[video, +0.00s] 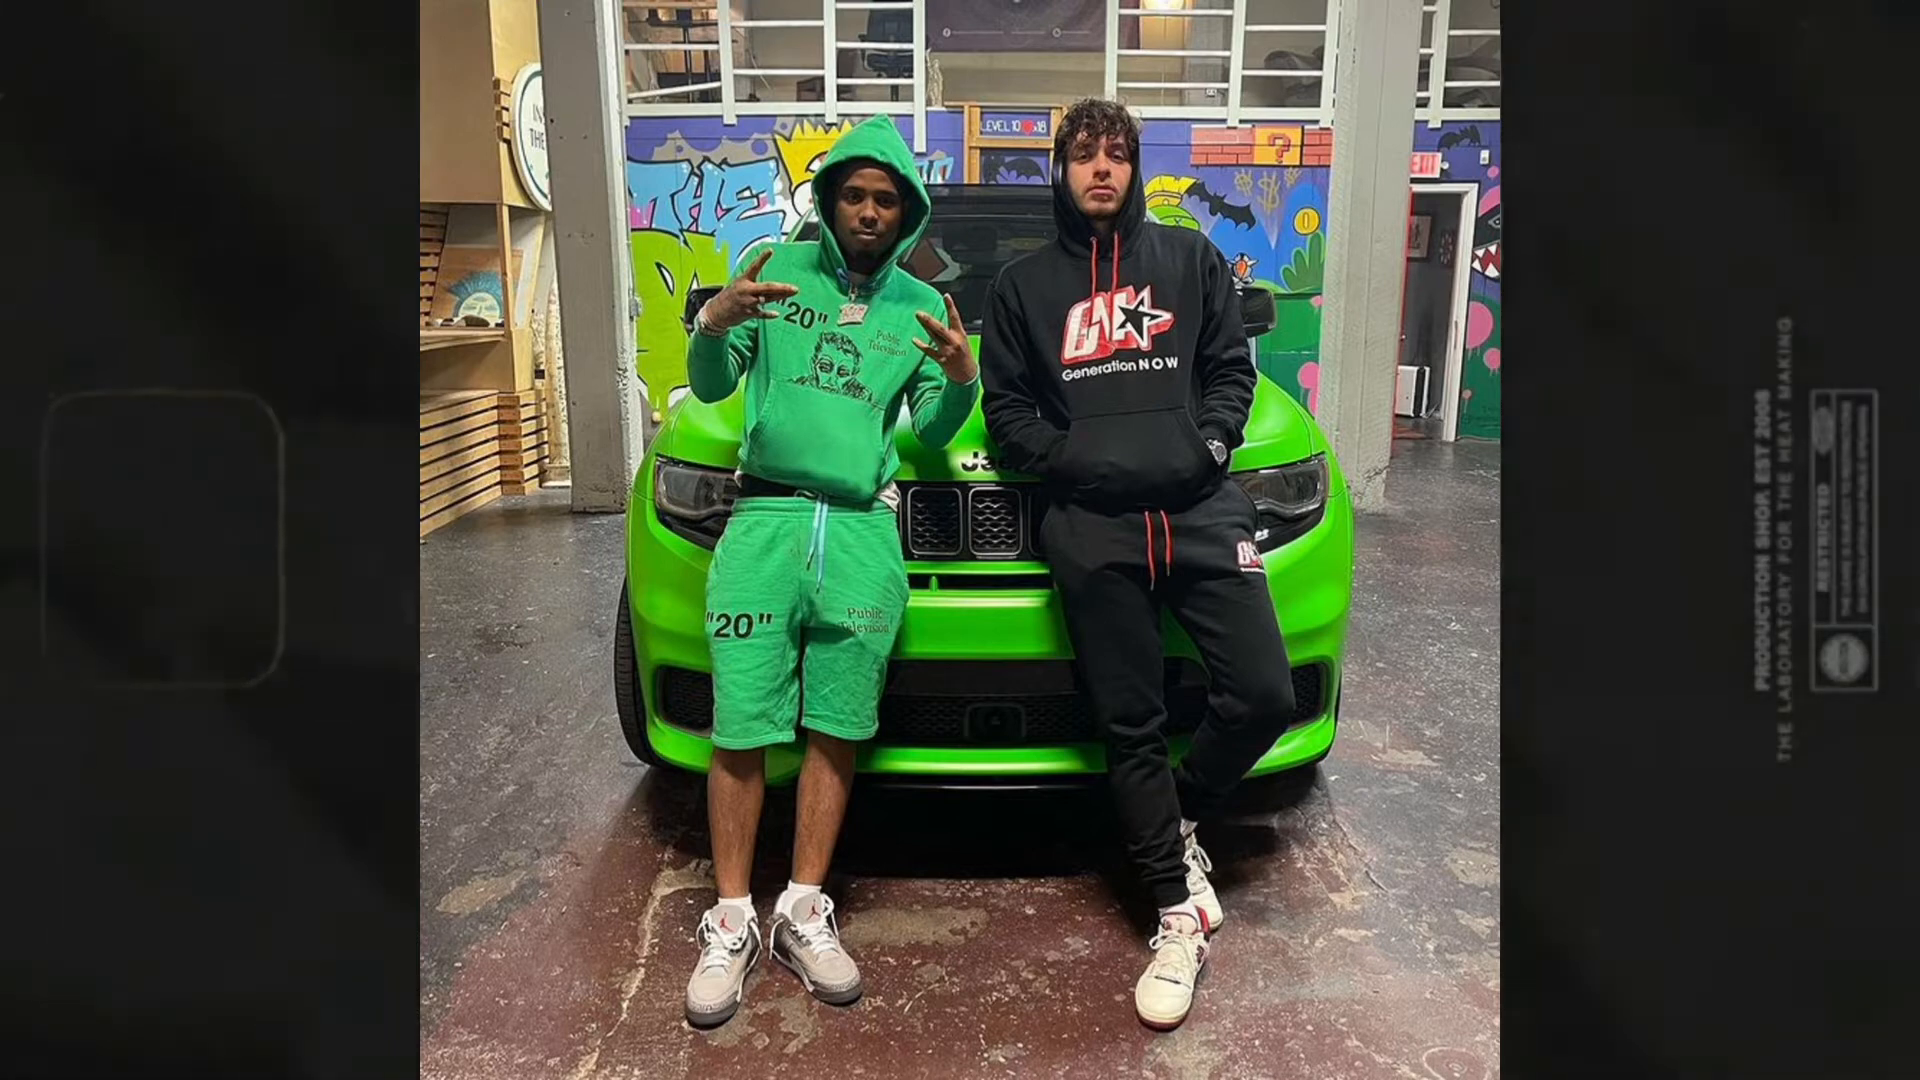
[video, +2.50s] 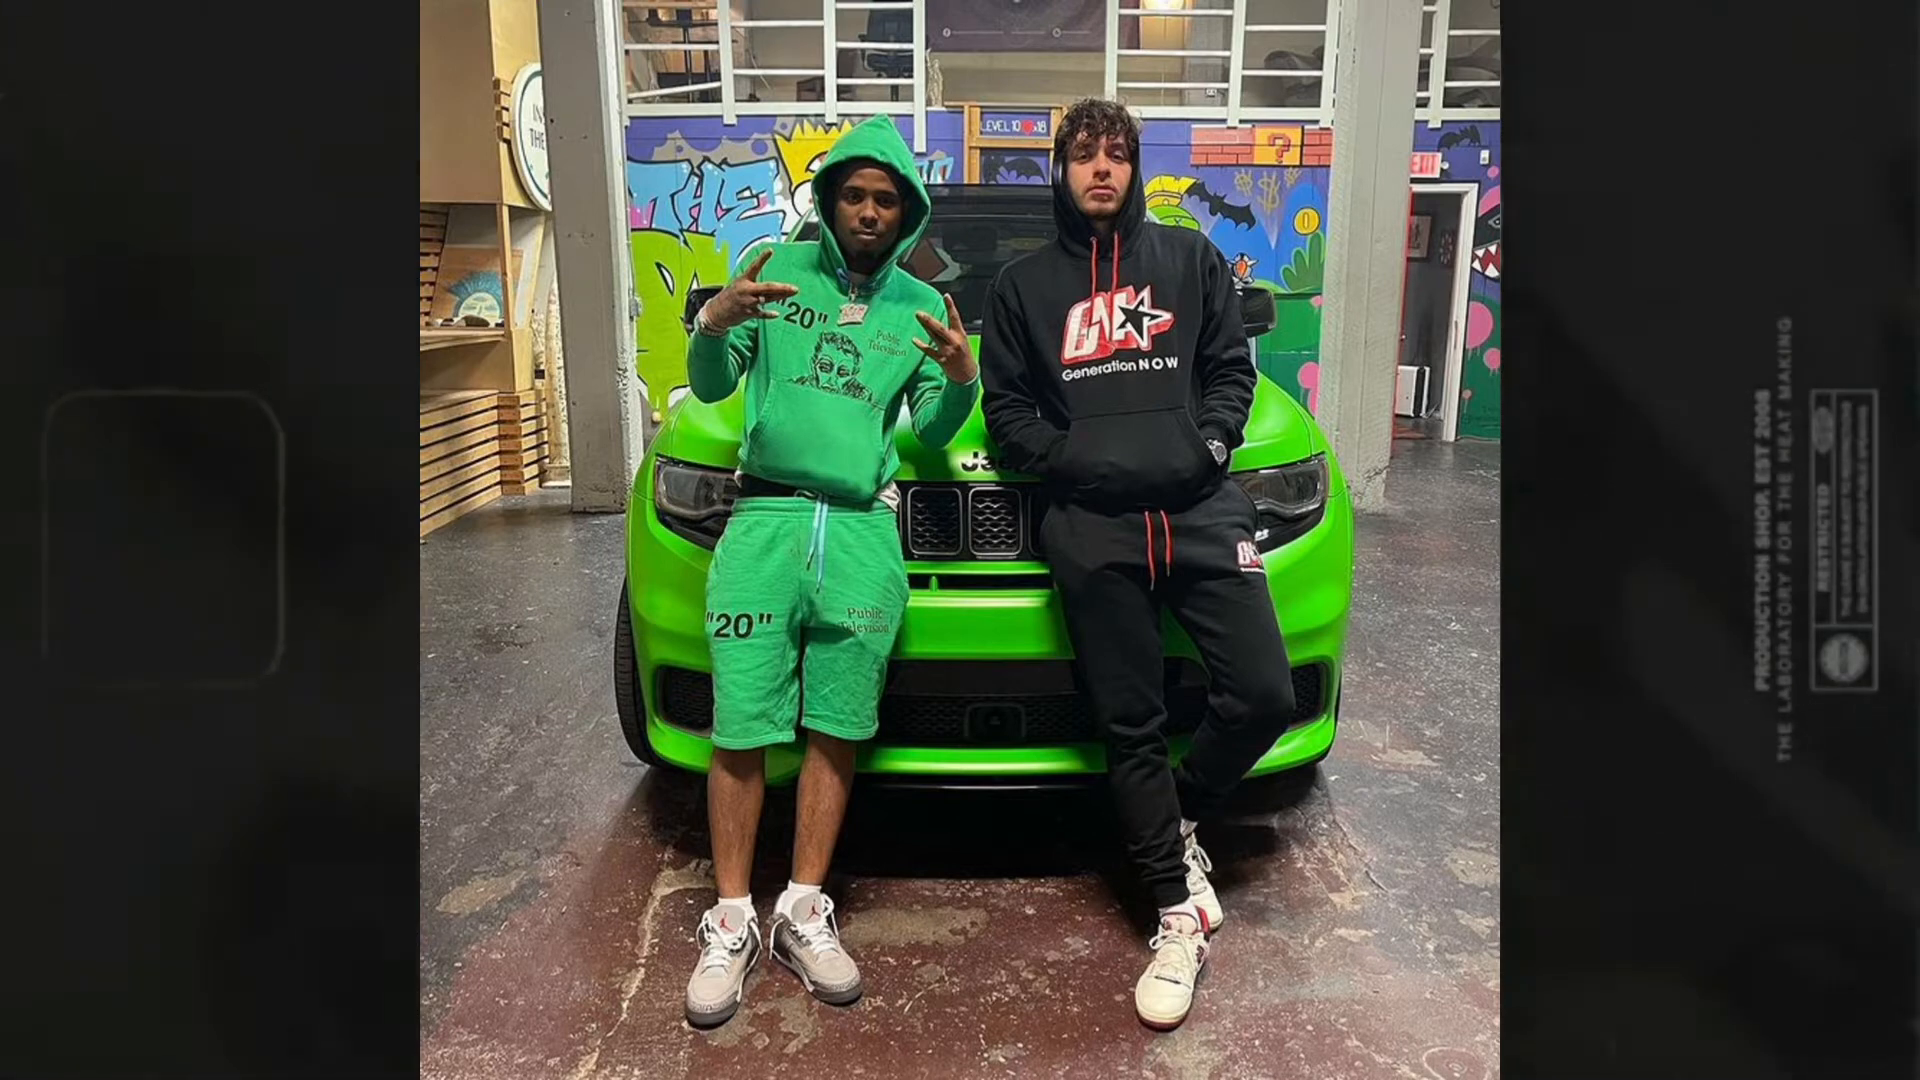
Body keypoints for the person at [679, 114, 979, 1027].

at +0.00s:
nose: (868, 212)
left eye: (885, 198)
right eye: (854, 196)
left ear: (907, 212)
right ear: (827, 202)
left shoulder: (923, 305)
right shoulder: (776, 268)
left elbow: (923, 439)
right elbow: (712, 384)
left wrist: (961, 380)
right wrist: (713, 321)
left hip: (861, 527)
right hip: (763, 517)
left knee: (838, 728)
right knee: (741, 728)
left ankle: (805, 908)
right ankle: (732, 919)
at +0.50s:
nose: (868, 212)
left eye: (885, 198)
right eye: (854, 196)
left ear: (907, 212)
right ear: (827, 202)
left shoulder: (923, 305)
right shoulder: (776, 268)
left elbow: (923, 439)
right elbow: (712, 384)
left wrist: (961, 380)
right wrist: (713, 321)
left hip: (861, 527)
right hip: (763, 517)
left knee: (838, 728)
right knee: (741, 728)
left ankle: (805, 908)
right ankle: (732, 919)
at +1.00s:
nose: (868, 212)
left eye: (885, 198)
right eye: (854, 196)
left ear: (907, 212)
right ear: (827, 202)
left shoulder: (923, 305)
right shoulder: (776, 268)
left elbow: (923, 439)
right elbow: (712, 384)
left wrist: (961, 380)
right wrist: (713, 321)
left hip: (861, 527)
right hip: (763, 517)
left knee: (838, 728)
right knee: (741, 728)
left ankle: (805, 908)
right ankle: (732, 919)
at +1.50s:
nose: (868, 212)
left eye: (885, 198)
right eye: (854, 196)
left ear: (907, 212)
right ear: (827, 202)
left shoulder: (923, 305)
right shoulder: (776, 268)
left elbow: (923, 439)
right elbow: (712, 384)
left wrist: (961, 380)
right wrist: (713, 321)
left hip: (861, 527)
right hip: (763, 517)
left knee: (838, 728)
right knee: (741, 728)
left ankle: (805, 908)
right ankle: (732, 919)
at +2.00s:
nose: (868, 212)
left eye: (885, 198)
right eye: (854, 196)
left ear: (907, 212)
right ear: (827, 202)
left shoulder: (923, 305)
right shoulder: (776, 268)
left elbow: (923, 439)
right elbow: (712, 384)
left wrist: (961, 380)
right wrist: (713, 321)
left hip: (861, 527)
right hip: (763, 517)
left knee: (838, 728)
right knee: (741, 728)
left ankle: (805, 908)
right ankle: (732, 919)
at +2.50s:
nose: (868, 212)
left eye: (885, 198)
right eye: (854, 196)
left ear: (907, 211)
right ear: (827, 202)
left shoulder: (923, 305)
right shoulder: (776, 268)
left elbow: (923, 439)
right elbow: (712, 384)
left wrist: (961, 380)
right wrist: (713, 322)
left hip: (861, 527)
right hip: (763, 517)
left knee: (838, 728)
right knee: (741, 728)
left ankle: (805, 908)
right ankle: (732, 919)